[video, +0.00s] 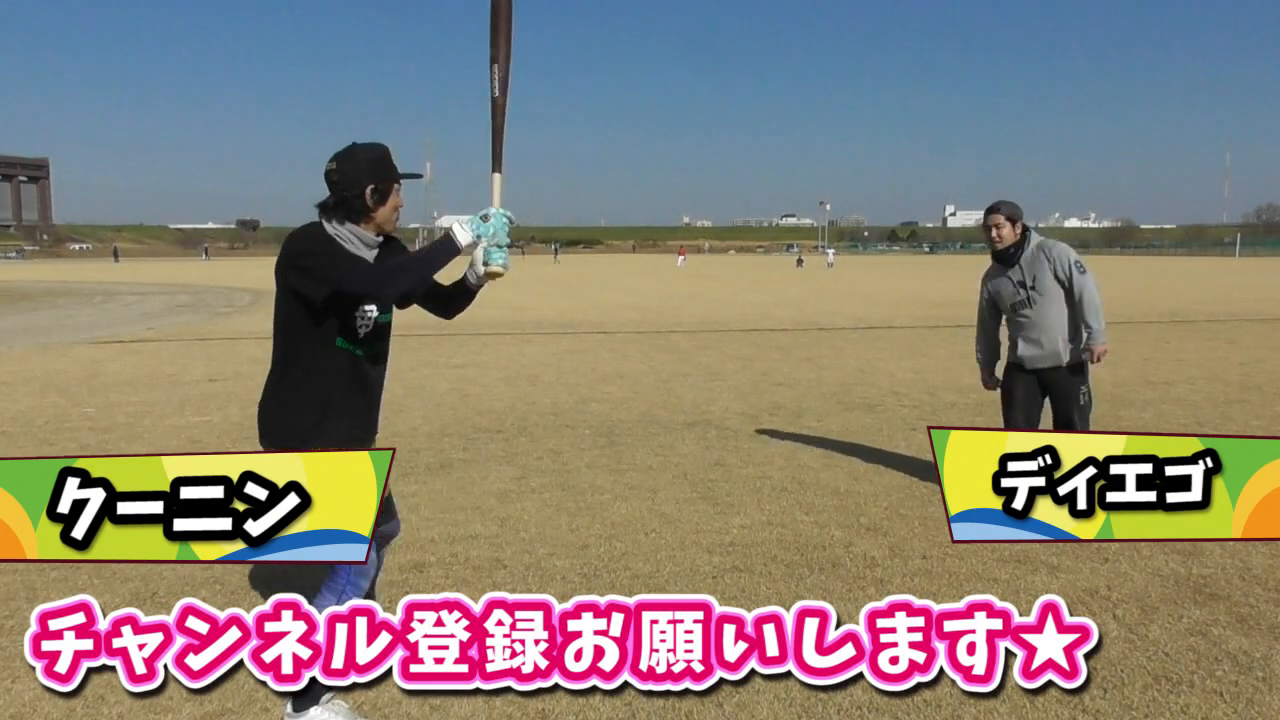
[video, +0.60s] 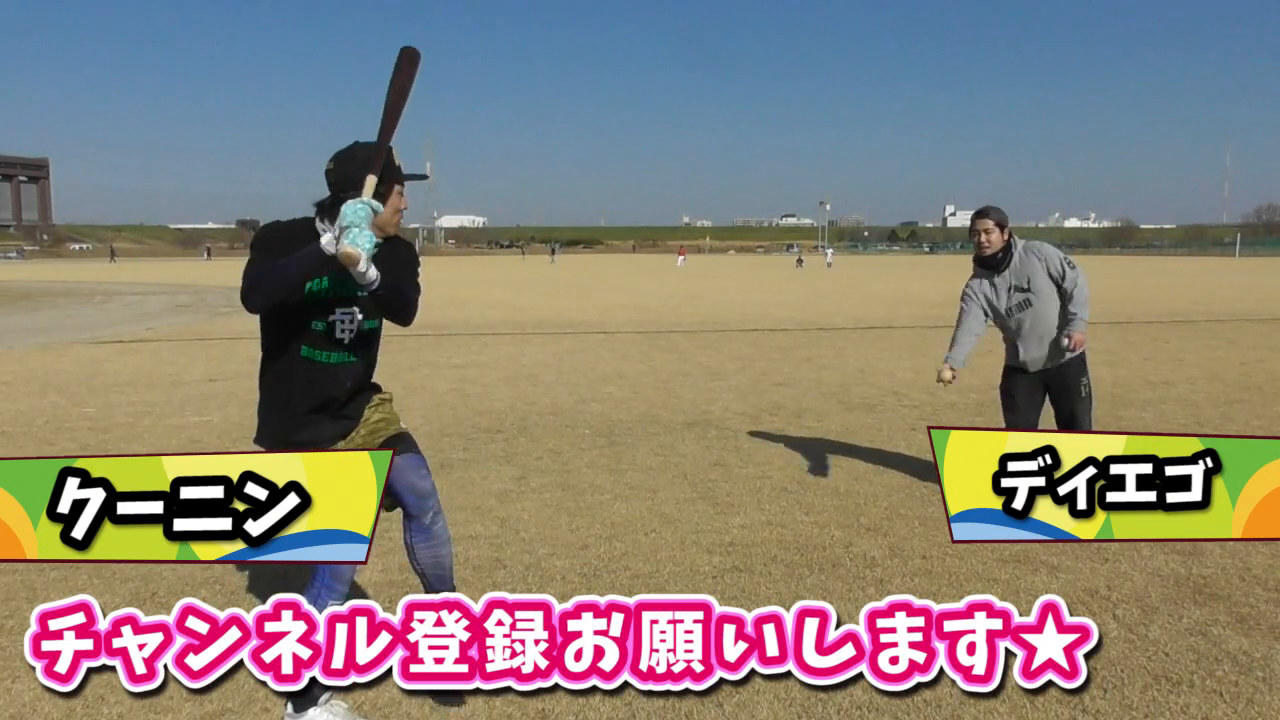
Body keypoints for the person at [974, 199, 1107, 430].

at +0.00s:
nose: (993, 234)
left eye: (999, 227)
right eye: (988, 229)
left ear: (1017, 227)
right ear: (985, 232)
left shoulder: (1055, 253)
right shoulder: (993, 278)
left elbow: (1086, 290)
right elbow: (987, 327)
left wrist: (1095, 336)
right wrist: (987, 366)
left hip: (1066, 364)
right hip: (1022, 368)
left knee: (1073, 440)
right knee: (1017, 438)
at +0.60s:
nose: (981, 239)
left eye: (988, 232)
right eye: (975, 233)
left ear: (1005, 234)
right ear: (971, 237)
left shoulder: (1040, 254)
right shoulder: (978, 286)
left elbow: (1076, 283)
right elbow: (967, 327)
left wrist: (1078, 326)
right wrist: (952, 363)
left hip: (1065, 361)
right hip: (1021, 368)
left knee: (1079, 438)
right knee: (1018, 440)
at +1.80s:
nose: (1060, 258)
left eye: (1068, 252)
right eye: (1055, 249)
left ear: (1081, 248)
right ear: (1047, 239)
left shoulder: (1090, 275)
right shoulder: (1019, 265)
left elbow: (1090, 323)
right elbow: (1000, 308)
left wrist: (1066, 359)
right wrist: (1005, 351)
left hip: (1060, 370)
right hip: (1015, 370)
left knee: (1076, 442)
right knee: (1013, 443)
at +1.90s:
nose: (1065, 274)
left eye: (1072, 270)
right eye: (1060, 268)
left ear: (1081, 263)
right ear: (1050, 256)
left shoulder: (1089, 282)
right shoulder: (1018, 272)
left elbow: (1091, 331)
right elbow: (999, 316)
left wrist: (1078, 375)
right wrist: (1006, 360)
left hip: (1060, 372)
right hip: (1015, 369)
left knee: (1077, 441)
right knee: (1012, 442)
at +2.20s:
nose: (1060, 321)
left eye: (1066, 316)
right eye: (1055, 314)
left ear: (1077, 311)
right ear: (1044, 302)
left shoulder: (1087, 317)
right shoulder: (1015, 301)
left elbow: (1089, 366)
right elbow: (993, 344)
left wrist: (1069, 409)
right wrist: (994, 387)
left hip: (1058, 377)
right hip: (1015, 376)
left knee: (1077, 435)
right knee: (1010, 437)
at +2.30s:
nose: (1055, 334)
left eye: (1062, 330)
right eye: (1050, 329)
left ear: (1073, 322)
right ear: (1038, 314)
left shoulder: (1085, 325)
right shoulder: (1013, 309)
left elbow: (1081, 377)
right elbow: (992, 347)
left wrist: (1065, 425)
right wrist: (990, 387)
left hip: (1058, 377)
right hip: (1016, 376)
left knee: (1077, 430)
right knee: (1010, 429)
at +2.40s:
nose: (1051, 342)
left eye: (1058, 338)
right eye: (1046, 336)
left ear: (1069, 329)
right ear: (1035, 320)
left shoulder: (1081, 330)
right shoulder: (1010, 315)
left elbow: (1080, 379)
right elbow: (991, 351)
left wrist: (1071, 428)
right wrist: (989, 391)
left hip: (1057, 376)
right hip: (1014, 374)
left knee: (1076, 429)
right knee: (1011, 429)